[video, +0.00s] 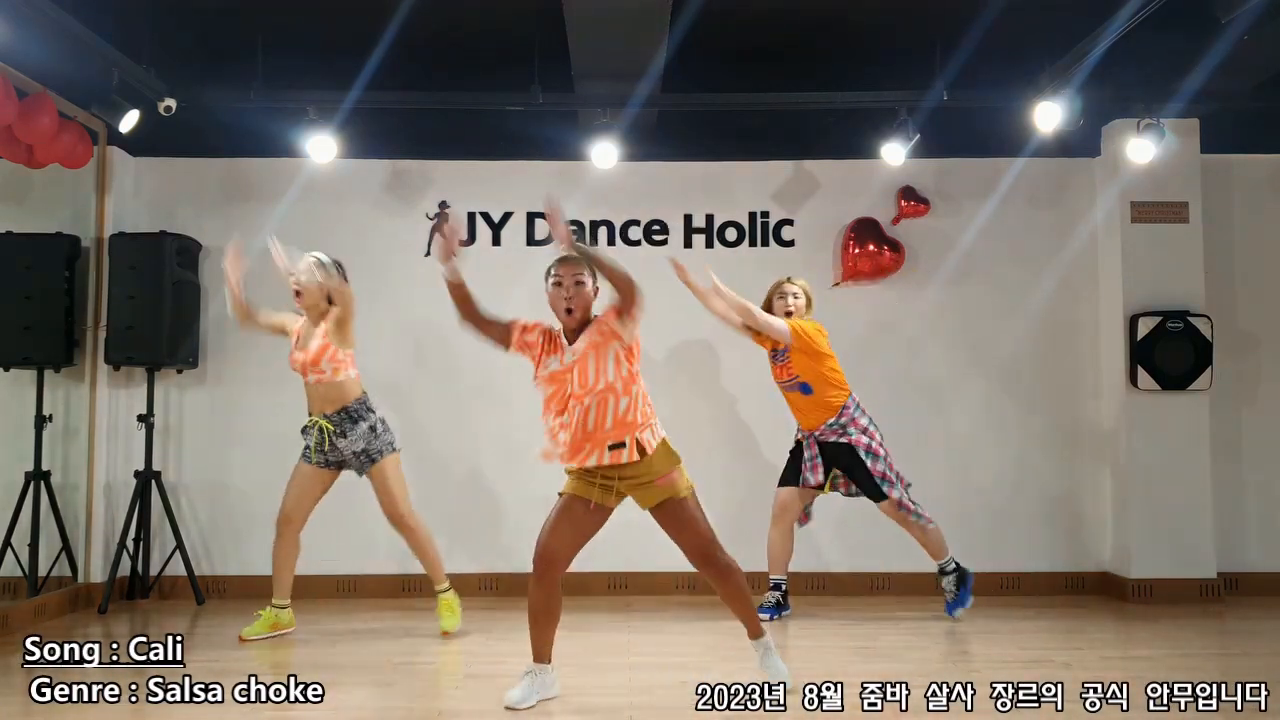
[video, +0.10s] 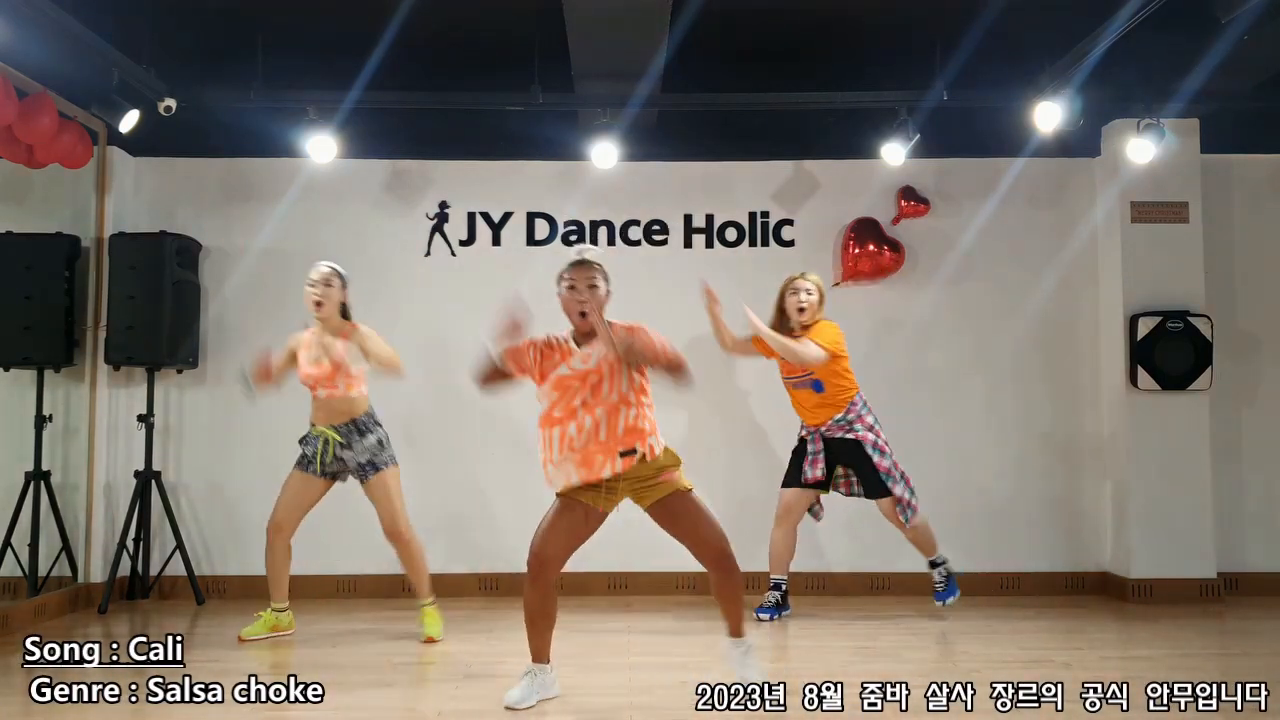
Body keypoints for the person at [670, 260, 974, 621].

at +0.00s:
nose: (788, 299)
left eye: (796, 295)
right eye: (781, 295)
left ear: (806, 308)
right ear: (771, 307)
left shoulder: (809, 333)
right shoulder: (772, 340)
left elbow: (755, 317)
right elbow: (731, 317)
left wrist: (719, 287)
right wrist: (695, 286)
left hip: (848, 433)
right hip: (811, 440)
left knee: (895, 507)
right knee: (783, 507)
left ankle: (951, 571)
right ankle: (777, 595)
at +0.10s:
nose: (802, 297)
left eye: (809, 292)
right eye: (794, 292)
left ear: (820, 303)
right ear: (783, 304)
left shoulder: (828, 332)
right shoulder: (776, 340)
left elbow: (807, 356)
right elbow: (731, 346)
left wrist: (764, 332)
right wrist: (715, 315)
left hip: (854, 430)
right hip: (814, 437)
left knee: (894, 508)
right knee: (787, 509)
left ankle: (940, 568)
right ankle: (777, 593)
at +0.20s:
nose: (821, 297)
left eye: (829, 291)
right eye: (814, 291)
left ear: (840, 300)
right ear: (802, 301)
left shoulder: (851, 336)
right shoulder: (792, 345)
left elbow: (866, 383)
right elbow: (757, 377)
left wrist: (817, 372)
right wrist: (754, 360)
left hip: (863, 434)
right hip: (821, 438)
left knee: (900, 513)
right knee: (792, 510)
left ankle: (921, 584)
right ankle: (776, 592)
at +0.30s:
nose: (844, 295)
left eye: (852, 290)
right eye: (837, 289)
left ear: (863, 299)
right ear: (826, 298)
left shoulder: (878, 337)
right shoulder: (815, 343)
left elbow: (913, 383)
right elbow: (783, 392)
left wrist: (871, 382)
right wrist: (802, 385)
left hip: (880, 436)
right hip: (836, 436)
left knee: (906, 517)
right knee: (805, 510)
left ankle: (918, 592)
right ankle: (779, 592)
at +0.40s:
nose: (866, 292)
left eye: (874, 286)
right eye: (859, 286)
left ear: (884, 294)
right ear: (847, 294)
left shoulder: (902, 333)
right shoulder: (834, 338)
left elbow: (949, 365)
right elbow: (802, 383)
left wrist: (917, 353)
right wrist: (837, 361)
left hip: (895, 431)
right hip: (850, 432)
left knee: (913, 514)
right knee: (826, 506)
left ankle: (918, 591)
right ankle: (811, 585)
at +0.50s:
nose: (884, 290)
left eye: (892, 284)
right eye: (877, 284)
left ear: (902, 293)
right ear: (865, 292)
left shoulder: (917, 331)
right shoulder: (852, 328)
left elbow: (965, 352)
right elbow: (828, 356)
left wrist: (954, 334)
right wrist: (873, 332)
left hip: (904, 429)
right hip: (859, 429)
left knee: (918, 514)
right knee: (857, 504)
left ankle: (918, 591)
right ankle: (858, 581)